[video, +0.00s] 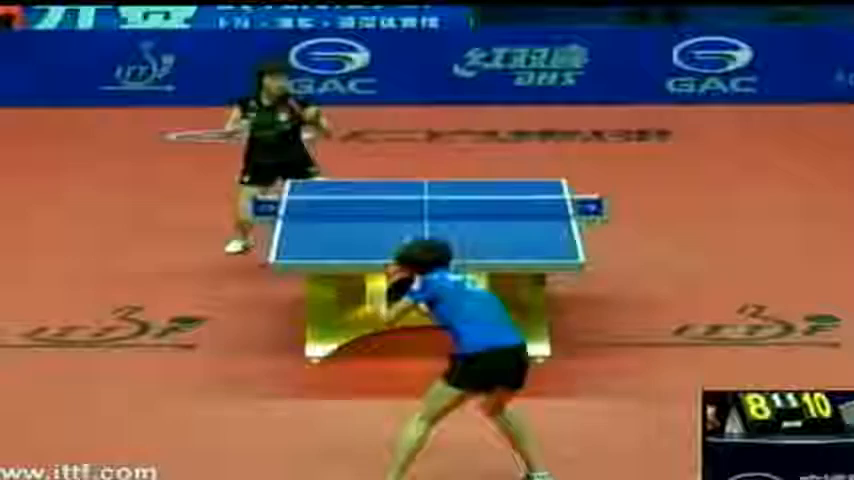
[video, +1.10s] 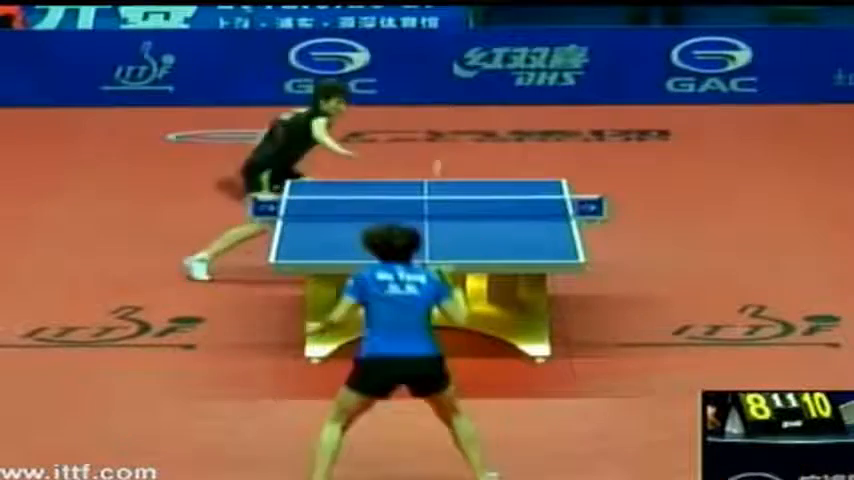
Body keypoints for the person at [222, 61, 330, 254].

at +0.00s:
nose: (280, 85)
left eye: (283, 79)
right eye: (274, 79)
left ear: (287, 82)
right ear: (263, 82)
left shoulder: (294, 104)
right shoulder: (248, 106)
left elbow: (325, 130)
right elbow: (231, 127)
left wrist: (316, 122)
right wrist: (236, 128)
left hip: (295, 163)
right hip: (260, 165)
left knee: (320, 193)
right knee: (244, 207)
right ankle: (244, 238)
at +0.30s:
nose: (311, 87)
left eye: (314, 82)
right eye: (306, 82)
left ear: (318, 85)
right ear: (295, 83)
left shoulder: (320, 107)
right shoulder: (273, 105)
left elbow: (330, 129)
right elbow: (243, 124)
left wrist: (338, 141)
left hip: (299, 153)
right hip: (267, 156)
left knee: (327, 192)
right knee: (256, 206)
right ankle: (236, 232)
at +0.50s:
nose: (324, 96)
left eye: (328, 91)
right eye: (320, 90)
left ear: (333, 94)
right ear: (309, 90)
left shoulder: (331, 117)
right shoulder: (287, 106)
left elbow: (340, 142)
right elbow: (253, 128)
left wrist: (349, 150)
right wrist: (280, 133)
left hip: (298, 159)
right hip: (266, 158)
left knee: (327, 196)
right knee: (250, 207)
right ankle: (213, 241)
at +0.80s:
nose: (314, 114)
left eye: (316, 109)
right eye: (309, 108)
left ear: (319, 113)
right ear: (297, 109)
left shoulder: (310, 138)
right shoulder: (273, 124)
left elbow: (320, 167)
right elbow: (250, 147)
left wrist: (342, 176)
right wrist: (288, 149)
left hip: (268, 176)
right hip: (240, 173)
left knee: (298, 207)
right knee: (241, 221)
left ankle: (296, 261)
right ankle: (198, 263)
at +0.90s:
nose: (316, 116)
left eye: (320, 111)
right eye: (312, 110)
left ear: (322, 114)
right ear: (299, 109)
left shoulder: (306, 136)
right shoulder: (277, 124)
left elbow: (315, 167)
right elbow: (267, 148)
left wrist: (342, 179)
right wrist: (310, 150)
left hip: (261, 176)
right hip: (235, 176)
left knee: (302, 194)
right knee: (243, 226)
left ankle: (294, 254)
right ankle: (198, 263)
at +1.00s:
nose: (329, 112)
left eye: (330, 107)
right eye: (326, 107)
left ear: (319, 110)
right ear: (313, 107)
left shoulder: (306, 124)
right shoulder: (301, 123)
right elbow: (314, 144)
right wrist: (348, 154)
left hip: (270, 172)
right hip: (246, 173)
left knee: (301, 203)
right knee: (249, 226)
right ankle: (199, 260)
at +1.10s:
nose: (343, 108)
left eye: (343, 103)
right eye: (339, 102)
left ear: (322, 103)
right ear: (324, 102)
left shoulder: (305, 114)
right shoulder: (318, 120)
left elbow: (282, 118)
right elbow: (322, 137)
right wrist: (343, 151)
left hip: (280, 169)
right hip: (261, 171)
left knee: (313, 195)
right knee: (261, 224)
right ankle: (201, 259)